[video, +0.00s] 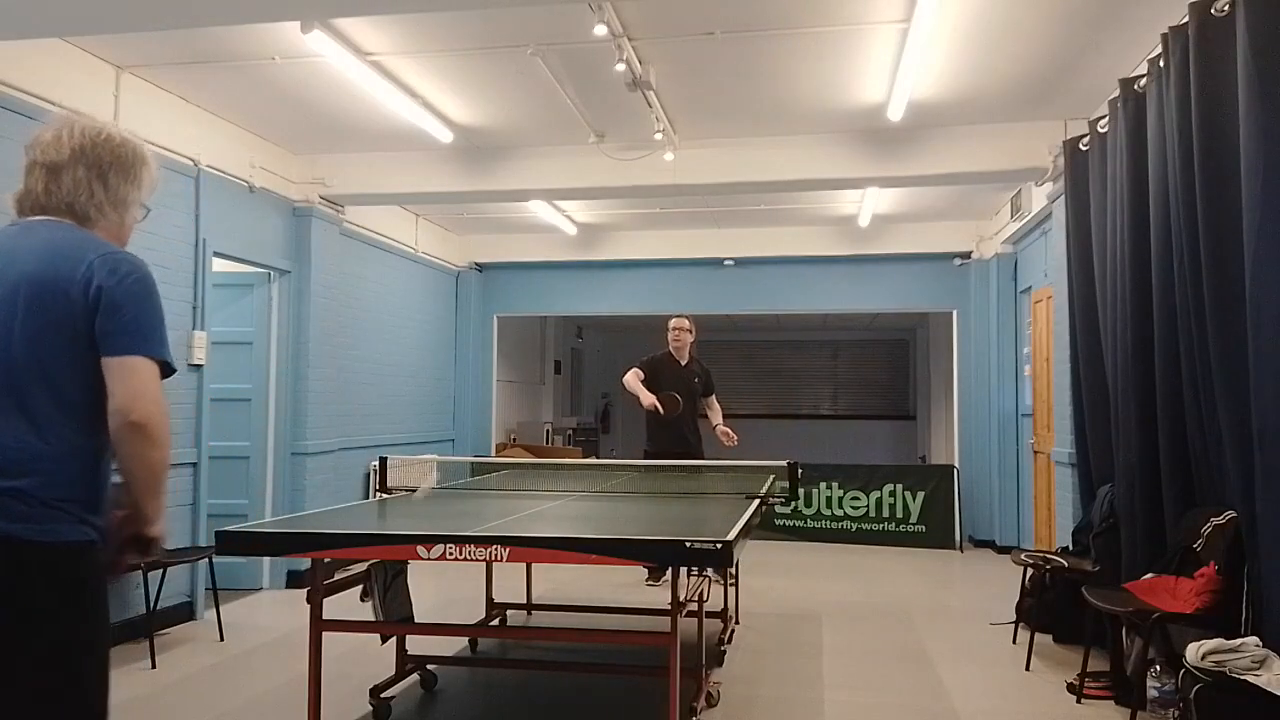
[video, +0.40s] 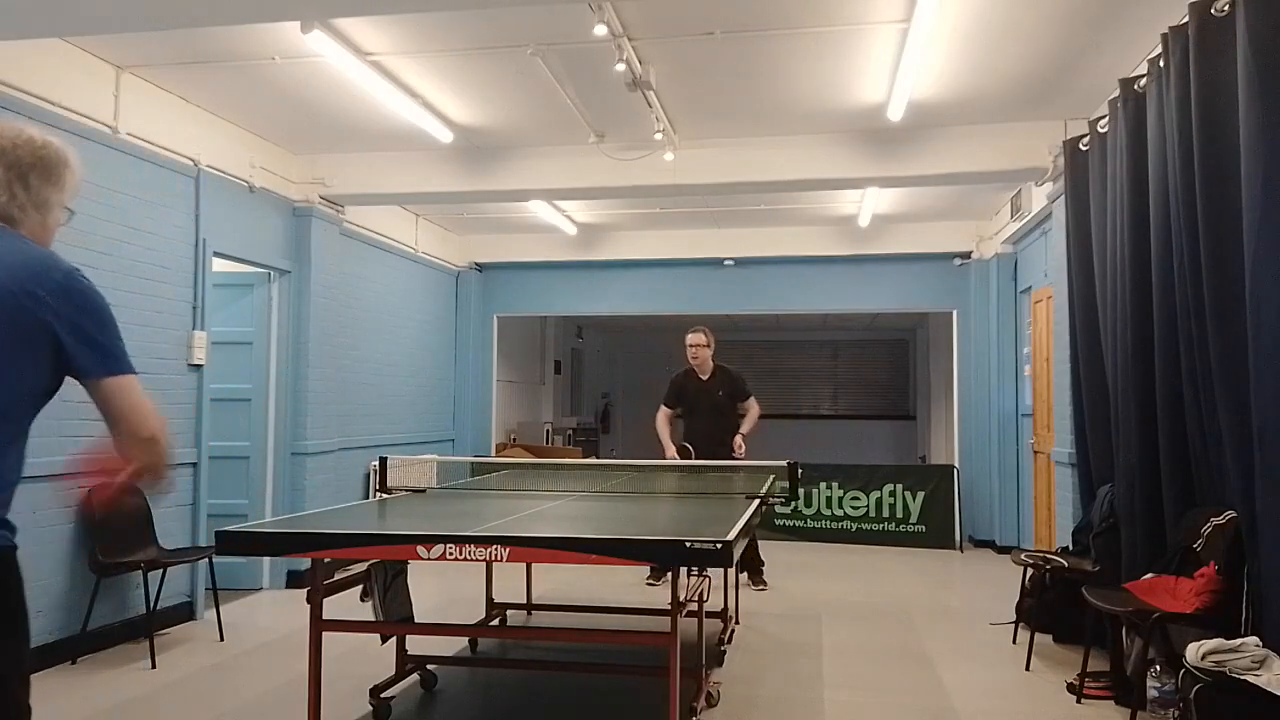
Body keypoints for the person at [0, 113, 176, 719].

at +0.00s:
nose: (139, 223)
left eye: (144, 209)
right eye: (139, 206)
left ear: (37, 185)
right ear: (109, 197)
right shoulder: (112, 270)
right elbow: (136, 416)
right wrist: (146, 515)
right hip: (45, 548)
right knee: (62, 705)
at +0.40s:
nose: (62, 223)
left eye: (65, 210)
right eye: (62, 209)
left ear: (6, 194)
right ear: (34, 201)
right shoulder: (48, 281)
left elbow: (142, 432)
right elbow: (144, 434)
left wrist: (135, 471)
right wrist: (134, 476)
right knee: (11, 704)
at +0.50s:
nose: (45, 218)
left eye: (47, 204)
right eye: (44, 203)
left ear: (10, 193)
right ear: (23, 198)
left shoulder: (37, 282)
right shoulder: (36, 279)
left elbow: (128, 405)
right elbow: (129, 408)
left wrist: (232, 390)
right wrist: (235, 387)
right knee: (9, 698)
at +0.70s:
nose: (15, 200)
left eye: (17, 184)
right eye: (14, 182)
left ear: (15, 183)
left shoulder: (16, 266)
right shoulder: (11, 266)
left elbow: (78, 396)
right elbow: (81, 398)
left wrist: (202, 419)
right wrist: (208, 420)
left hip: (3, 548)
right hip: (1, 549)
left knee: (19, 696)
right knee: (16, 699)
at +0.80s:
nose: (8, 193)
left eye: (9, 178)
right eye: (7, 177)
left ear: (11, 177)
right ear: (2, 175)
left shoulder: (10, 261)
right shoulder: (6, 261)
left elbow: (36, 400)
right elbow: (36, 402)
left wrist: (163, 461)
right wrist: (168, 460)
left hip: (5, 548)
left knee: (24, 698)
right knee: (22, 703)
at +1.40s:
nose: (104, 198)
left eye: (107, 181)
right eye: (102, 179)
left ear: (15, 168)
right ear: (68, 173)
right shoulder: (66, 255)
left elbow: (91, 402)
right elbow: (92, 404)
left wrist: (161, 508)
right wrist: (176, 511)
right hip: (35, 556)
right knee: (45, 707)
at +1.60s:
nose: (156, 211)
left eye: (160, 196)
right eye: (155, 194)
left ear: (52, 176)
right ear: (117, 184)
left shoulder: (12, 245)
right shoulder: (120, 262)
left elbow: (33, 413)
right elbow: (162, 396)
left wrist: (123, 519)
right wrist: (223, 494)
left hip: (5, 543)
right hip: (61, 554)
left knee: (16, 701)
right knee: (66, 706)